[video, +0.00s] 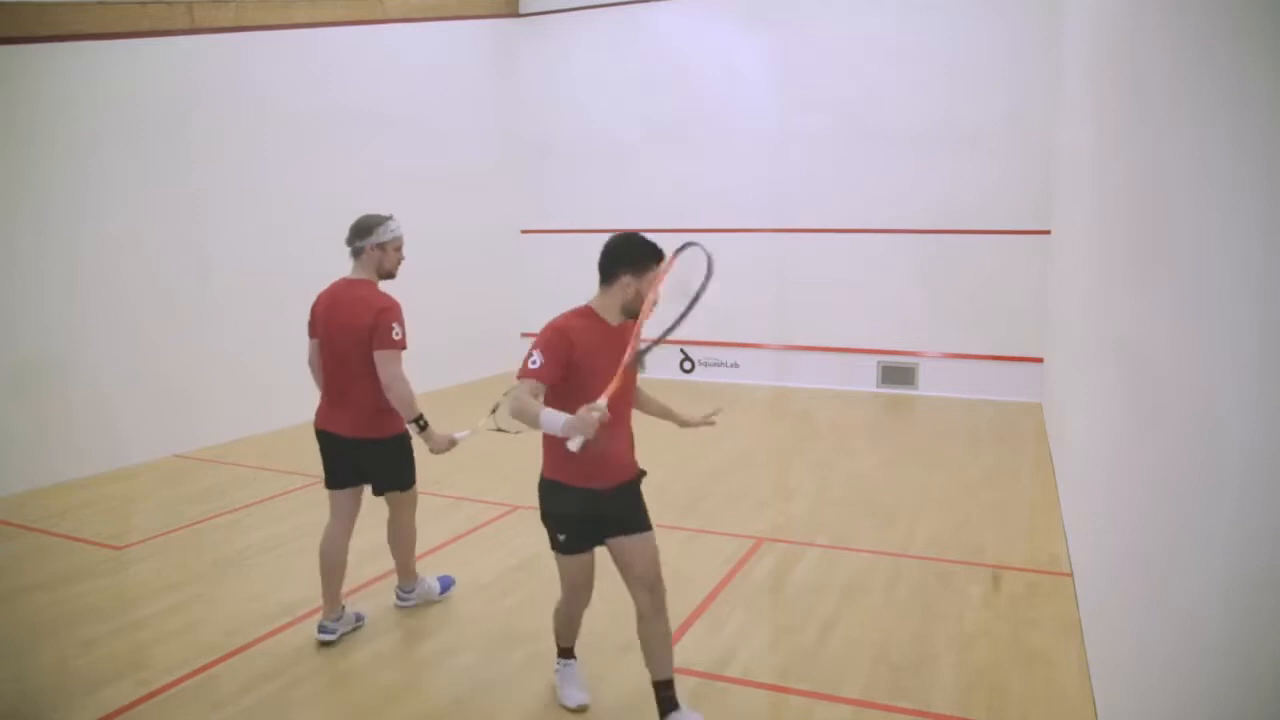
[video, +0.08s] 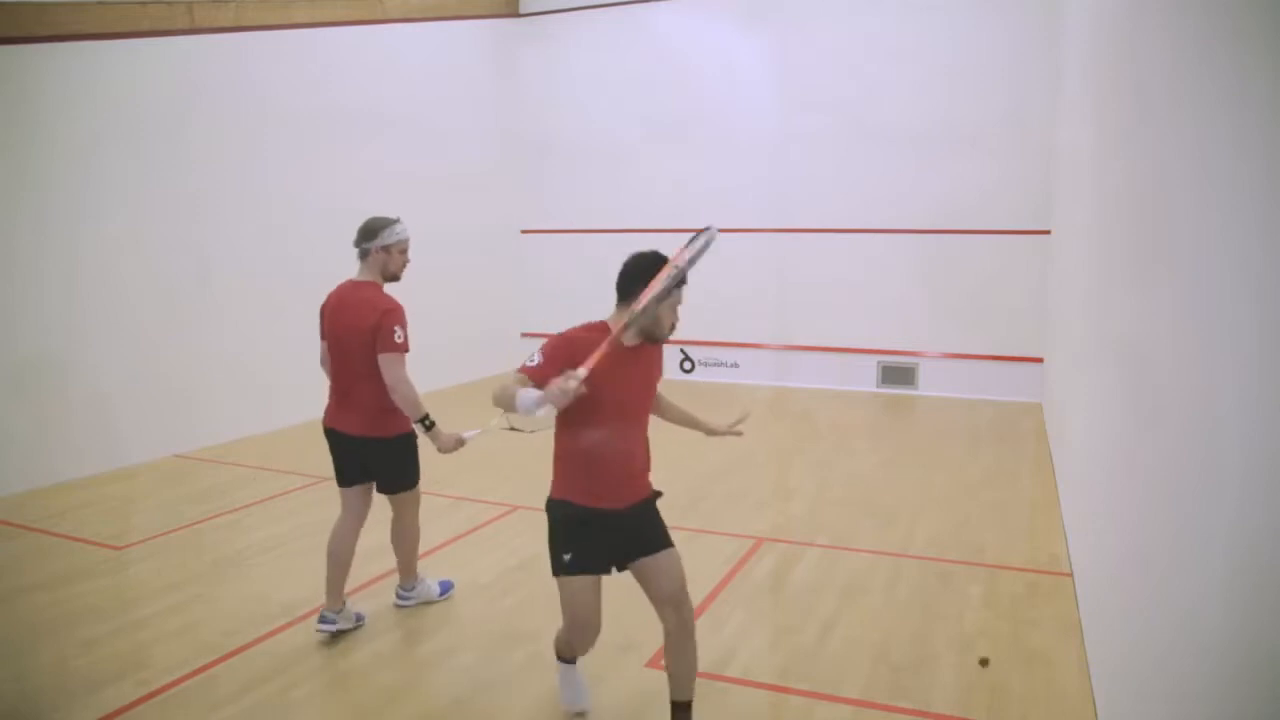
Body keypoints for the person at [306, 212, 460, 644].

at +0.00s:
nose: (402, 257)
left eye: (402, 249)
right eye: (397, 249)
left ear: (364, 251)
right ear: (374, 249)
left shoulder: (325, 299)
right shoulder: (384, 306)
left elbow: (316, 363)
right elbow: (391, 379)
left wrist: (340, 403)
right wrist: (426, 429)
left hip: (333, 430)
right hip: (380, 432)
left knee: (340, 517)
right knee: (402, 506)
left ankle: (331, 615)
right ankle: (409, 586)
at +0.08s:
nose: (407, 260)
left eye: (407, 252)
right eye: (402, 252)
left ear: (371, 253)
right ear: (379, 252)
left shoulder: (334, 299)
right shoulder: (387, 309)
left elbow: (329, 363)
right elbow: (396, 381)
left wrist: (359, 398)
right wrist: (434, 429)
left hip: (341, 427)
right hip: (386, 431)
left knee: (352, 511)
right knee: (406, 506)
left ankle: (333, 608)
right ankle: (409, 586)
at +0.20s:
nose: (419, 258)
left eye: (419, 250)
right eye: (413, 250)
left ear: (383, 252)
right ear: (389, 250)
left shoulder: (345, 296)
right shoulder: (397, 308)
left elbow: (340, 356)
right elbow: (404, 377)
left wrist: (372, 384)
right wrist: (440, 424)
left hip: (353, 421)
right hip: (395, 424)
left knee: (373, 493)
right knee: (413, 500)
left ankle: (341, 574)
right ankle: (411, 584)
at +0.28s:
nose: (426, 256)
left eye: (426, 249)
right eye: (420, 249)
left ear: (390, 250)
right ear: (397, 249)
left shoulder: (354, 292)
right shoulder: (403, 308)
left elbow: (347, 355)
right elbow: (409, 376)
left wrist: (374, 388)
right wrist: (444, 423)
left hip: (359, 415)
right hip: (398, 419)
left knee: (379, 481)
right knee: (416, 496)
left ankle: (352, 566)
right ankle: (411, 582)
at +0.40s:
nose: (432, 255)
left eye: (431, 246)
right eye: (426, 247)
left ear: (392, 252)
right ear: (404, 250)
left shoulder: (362, 292)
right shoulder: (409, 307)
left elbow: (352, 353)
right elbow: (412, 374)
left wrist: (366, 392)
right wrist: (444, 420)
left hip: (363, 411)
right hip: (400, 415)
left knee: (382, 478)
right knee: (422, 490)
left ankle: (374, 559)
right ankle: (412, 582)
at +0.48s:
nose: (434, 259)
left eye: (433, 251)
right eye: (429, 251)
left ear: (398, 254)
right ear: (409, 254)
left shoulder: (366, 295)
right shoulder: (409, 310)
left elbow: (355, 358)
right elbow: (412, 377)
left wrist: (359, 403)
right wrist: (444, 422)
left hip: (366, 414)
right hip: (399, 418)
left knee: (384, 478)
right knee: (431, 489)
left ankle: (375, 555)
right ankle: (412, 582)